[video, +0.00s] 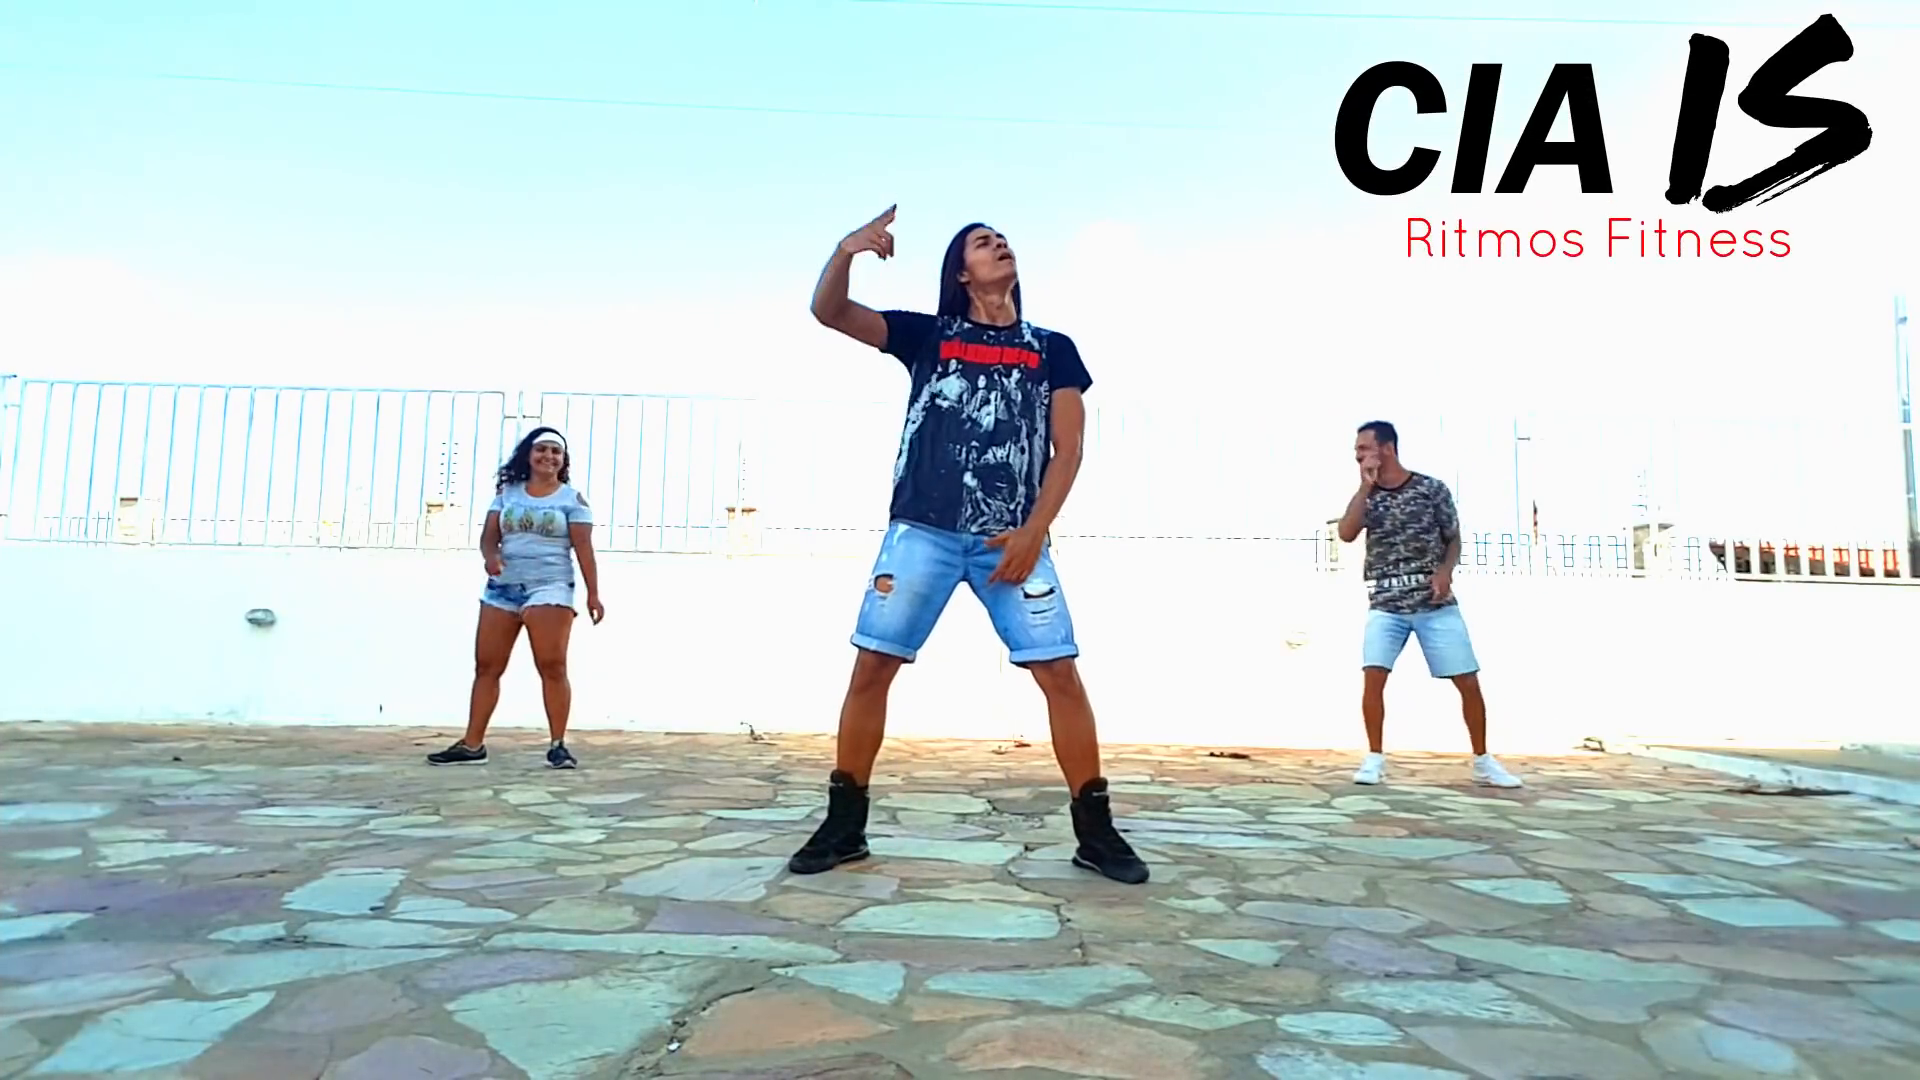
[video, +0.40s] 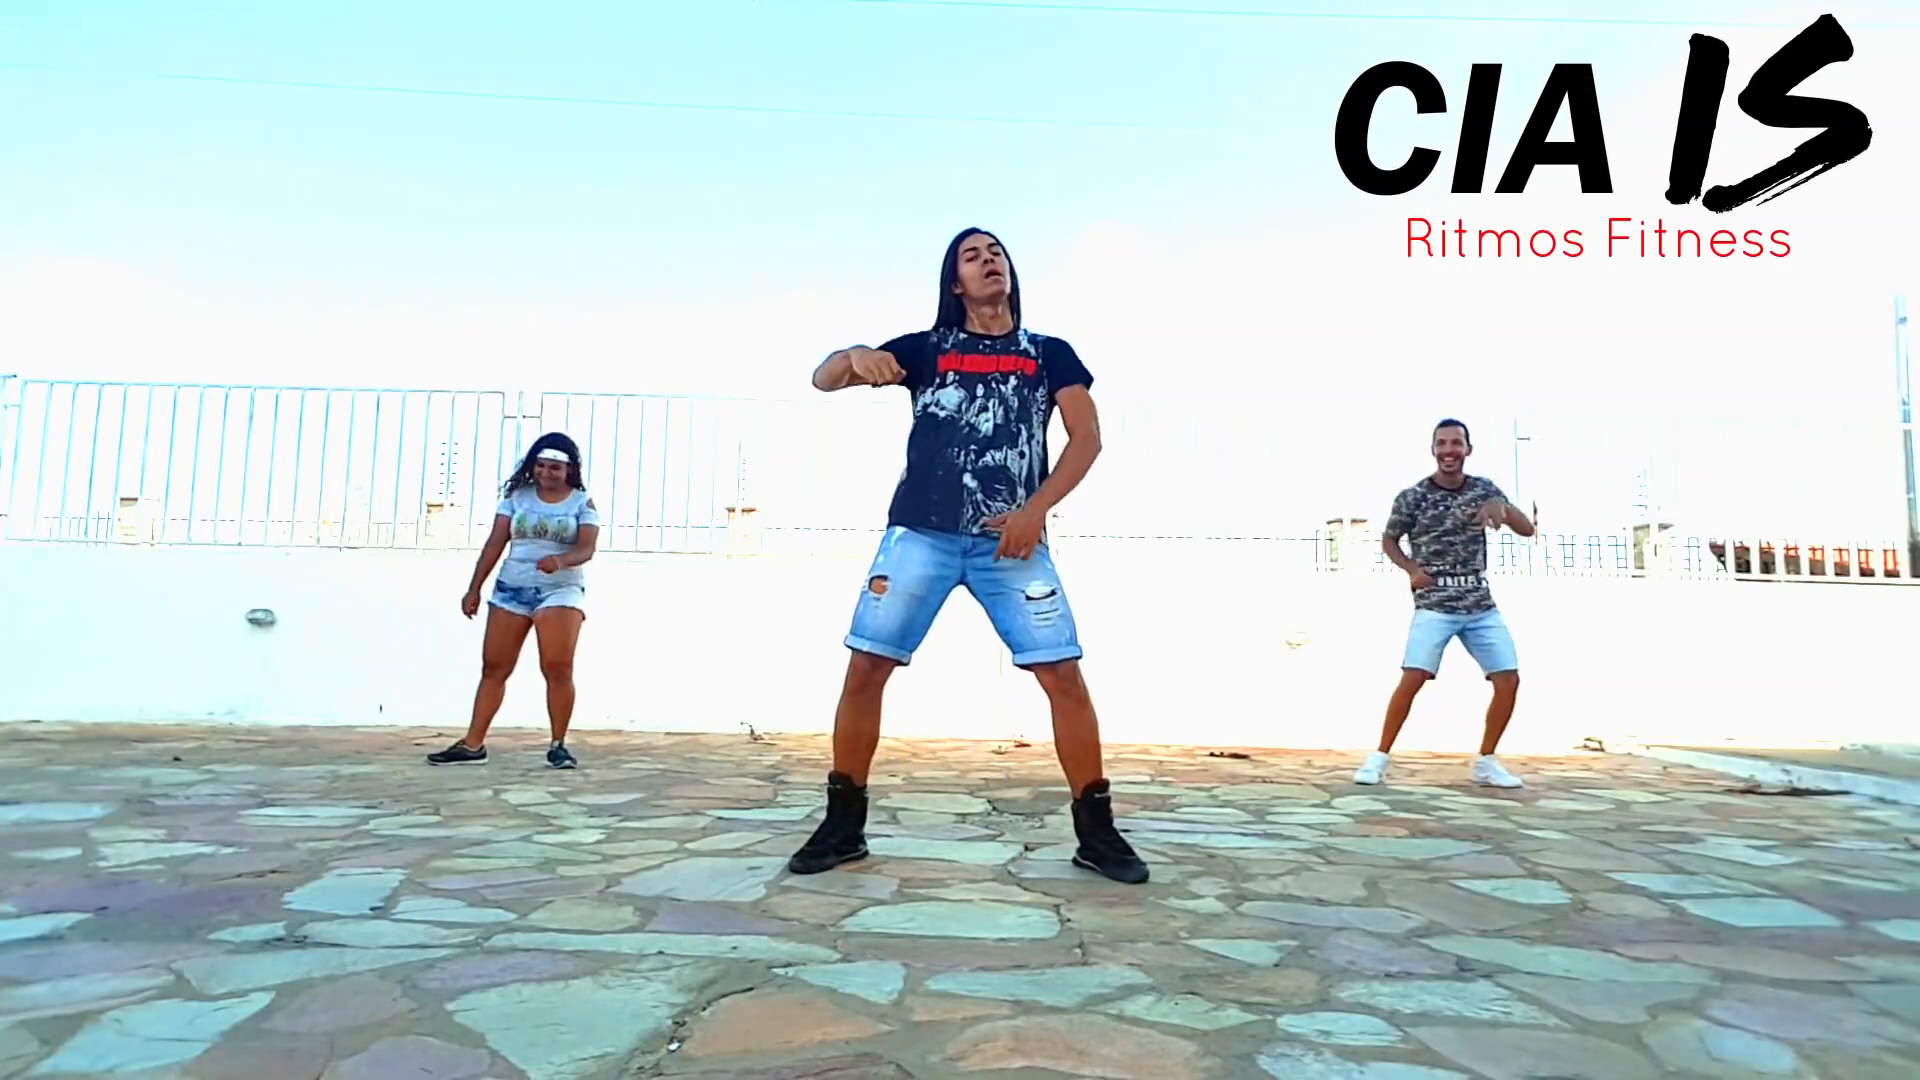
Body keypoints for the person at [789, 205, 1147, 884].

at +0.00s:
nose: (999, 245)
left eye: (1003, 242)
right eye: (983, 243)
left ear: (1014, 267)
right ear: (958, 272)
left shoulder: (1052, 349)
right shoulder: (928, 334)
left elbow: (1067, 450)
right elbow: (831, 310)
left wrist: (1036, 529)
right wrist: (847, 249)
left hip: (1014, 535)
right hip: (923, 528)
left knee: (1060, 673)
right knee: (872, 667)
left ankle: (1096, 831)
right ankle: (843, 824)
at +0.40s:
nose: (988, 258)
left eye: (995, 250)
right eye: (973, 254)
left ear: (1012, 274)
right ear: (954, 282)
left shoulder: (1048, 352)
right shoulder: (925, 347)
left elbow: (1086, 437)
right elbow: (825, 377)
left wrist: (1037, 508)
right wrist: (852, 362)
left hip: (1011, 538)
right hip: (921, 534)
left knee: (1064, 675)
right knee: (865, 668)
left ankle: (1097, 831)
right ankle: (842, 824)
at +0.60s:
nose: (979, 261)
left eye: (988, 253)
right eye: (965, 255)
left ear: (1004, 272)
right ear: (946, 277)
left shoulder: (1041, 342)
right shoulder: (925, 348)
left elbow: (1062, 391)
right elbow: (875, 403)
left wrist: (1061, 409)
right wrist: (814, 356)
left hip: (1012, 533)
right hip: (923, 528)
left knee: (1058, 672)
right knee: (870, 666)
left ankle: (1096, 830)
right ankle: (842, 823)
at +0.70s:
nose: (975, 262)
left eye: (985, 254)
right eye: (961, 255)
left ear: (1001, 273)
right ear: (943, 276)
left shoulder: (1035, 339)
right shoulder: (923, 345)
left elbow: (1043, 377)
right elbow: (924, 394)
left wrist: (1033, 373)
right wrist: (863, 374)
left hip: (1011, 529)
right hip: (924, 525)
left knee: (1054, 669)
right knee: (871, 664)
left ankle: (1094, 828)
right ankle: (843, 822)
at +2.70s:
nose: (958, 274)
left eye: (970, 263)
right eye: (947, 270)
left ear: (997, 277)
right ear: (940, 292)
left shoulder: (1036, 344)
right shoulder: (919, 358)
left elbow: (1048, 372)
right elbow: (864, 429)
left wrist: (1009, 365)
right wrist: (901, 387)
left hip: (1016, 535)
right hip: (929, 532)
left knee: (1067, 668)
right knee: (870, 665)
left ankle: (1098, 832)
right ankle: (840, 823)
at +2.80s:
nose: (943, 272)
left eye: (956, 260)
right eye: (941, 267)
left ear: (992, 271)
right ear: (946, 286)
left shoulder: (1044, 340)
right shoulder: (931, 350)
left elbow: (1049, 372)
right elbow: (855, 423)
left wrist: (1004, 371)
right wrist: (840, 349)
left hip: (1017, 534)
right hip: (930, 530)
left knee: (1066, 667)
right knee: (873, 666)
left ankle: (1098, 831)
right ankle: (841, 824)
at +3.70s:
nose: (1005, 250)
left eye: (1009, 242)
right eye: (987, 246)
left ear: (1022, 263)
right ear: (962, 273)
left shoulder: (1058, 335)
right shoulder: (941, 354)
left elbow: (1052, 399)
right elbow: (895, 445)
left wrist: (1013, 444)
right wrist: (813, 454)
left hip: (1020, 537)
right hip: (931, 531)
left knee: (1074, 669)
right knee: (876, 667)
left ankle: (1100, 832)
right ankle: (843, 824)